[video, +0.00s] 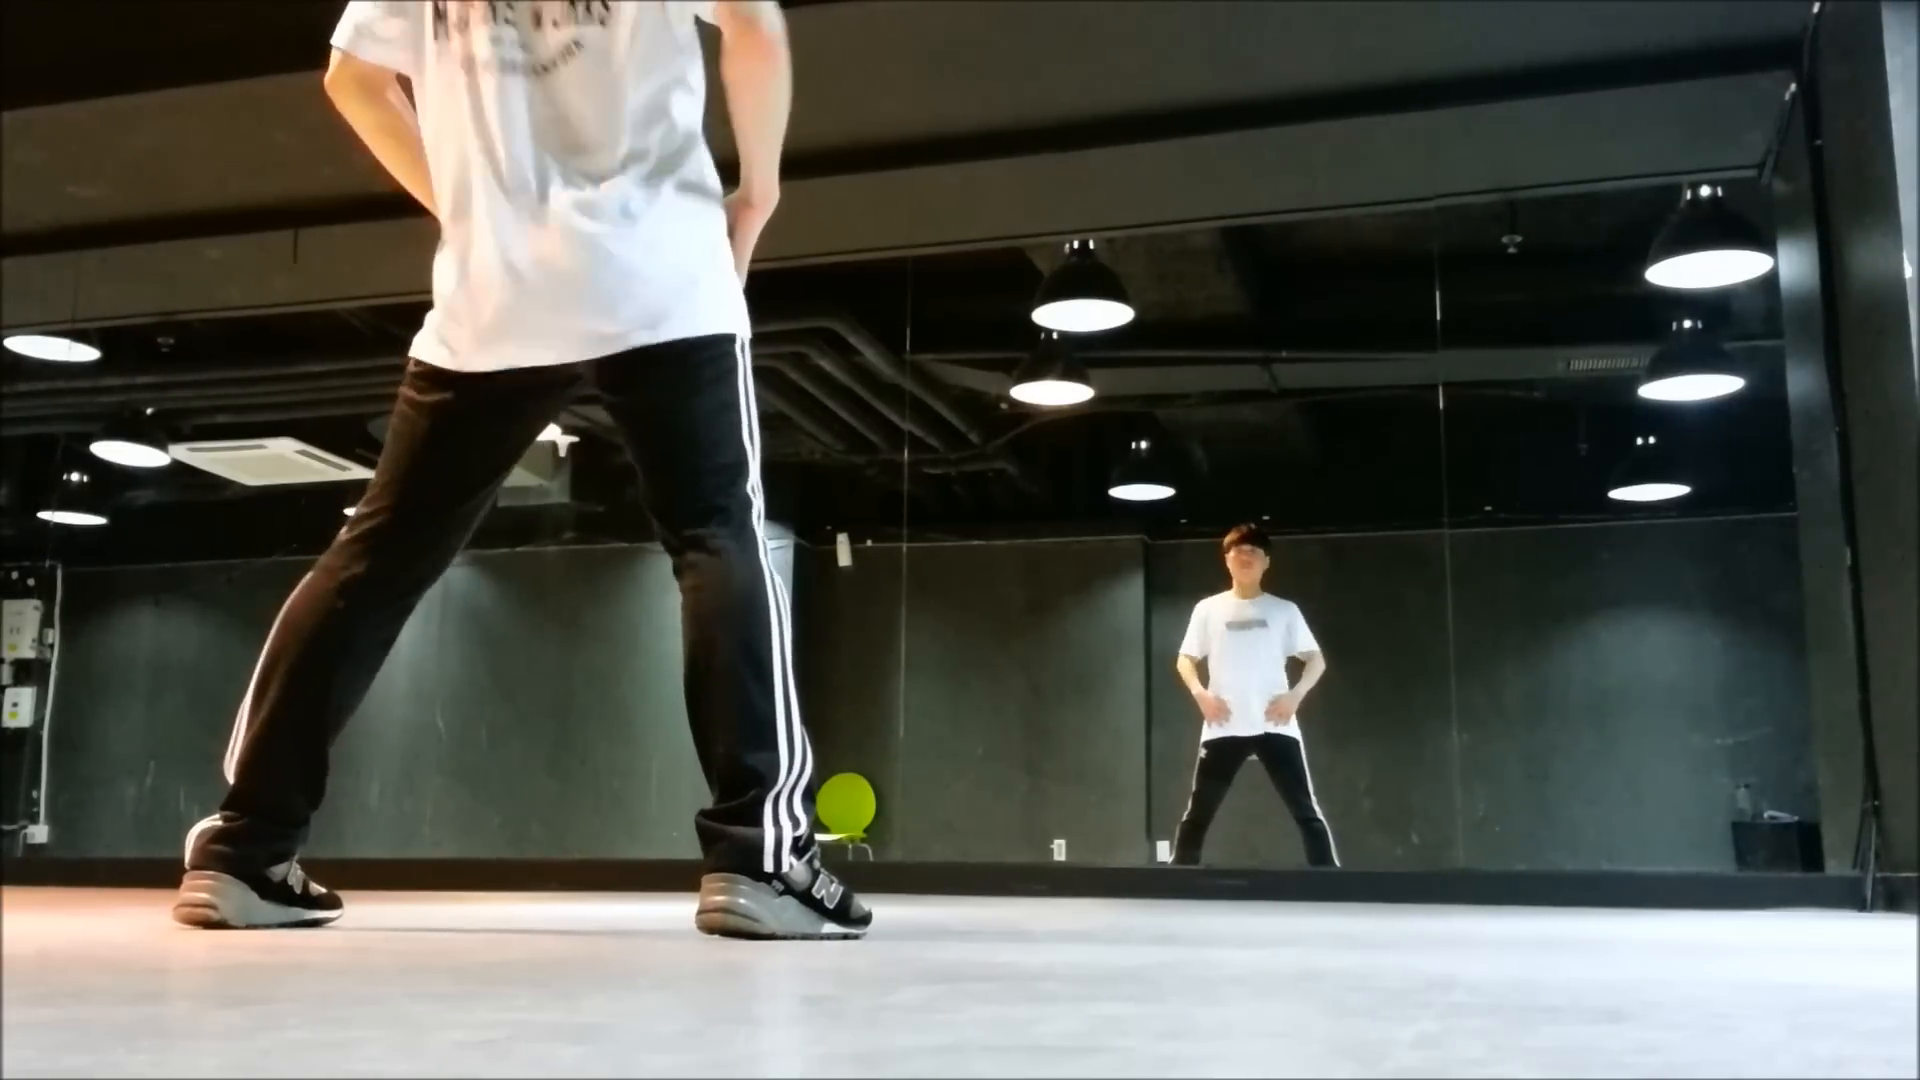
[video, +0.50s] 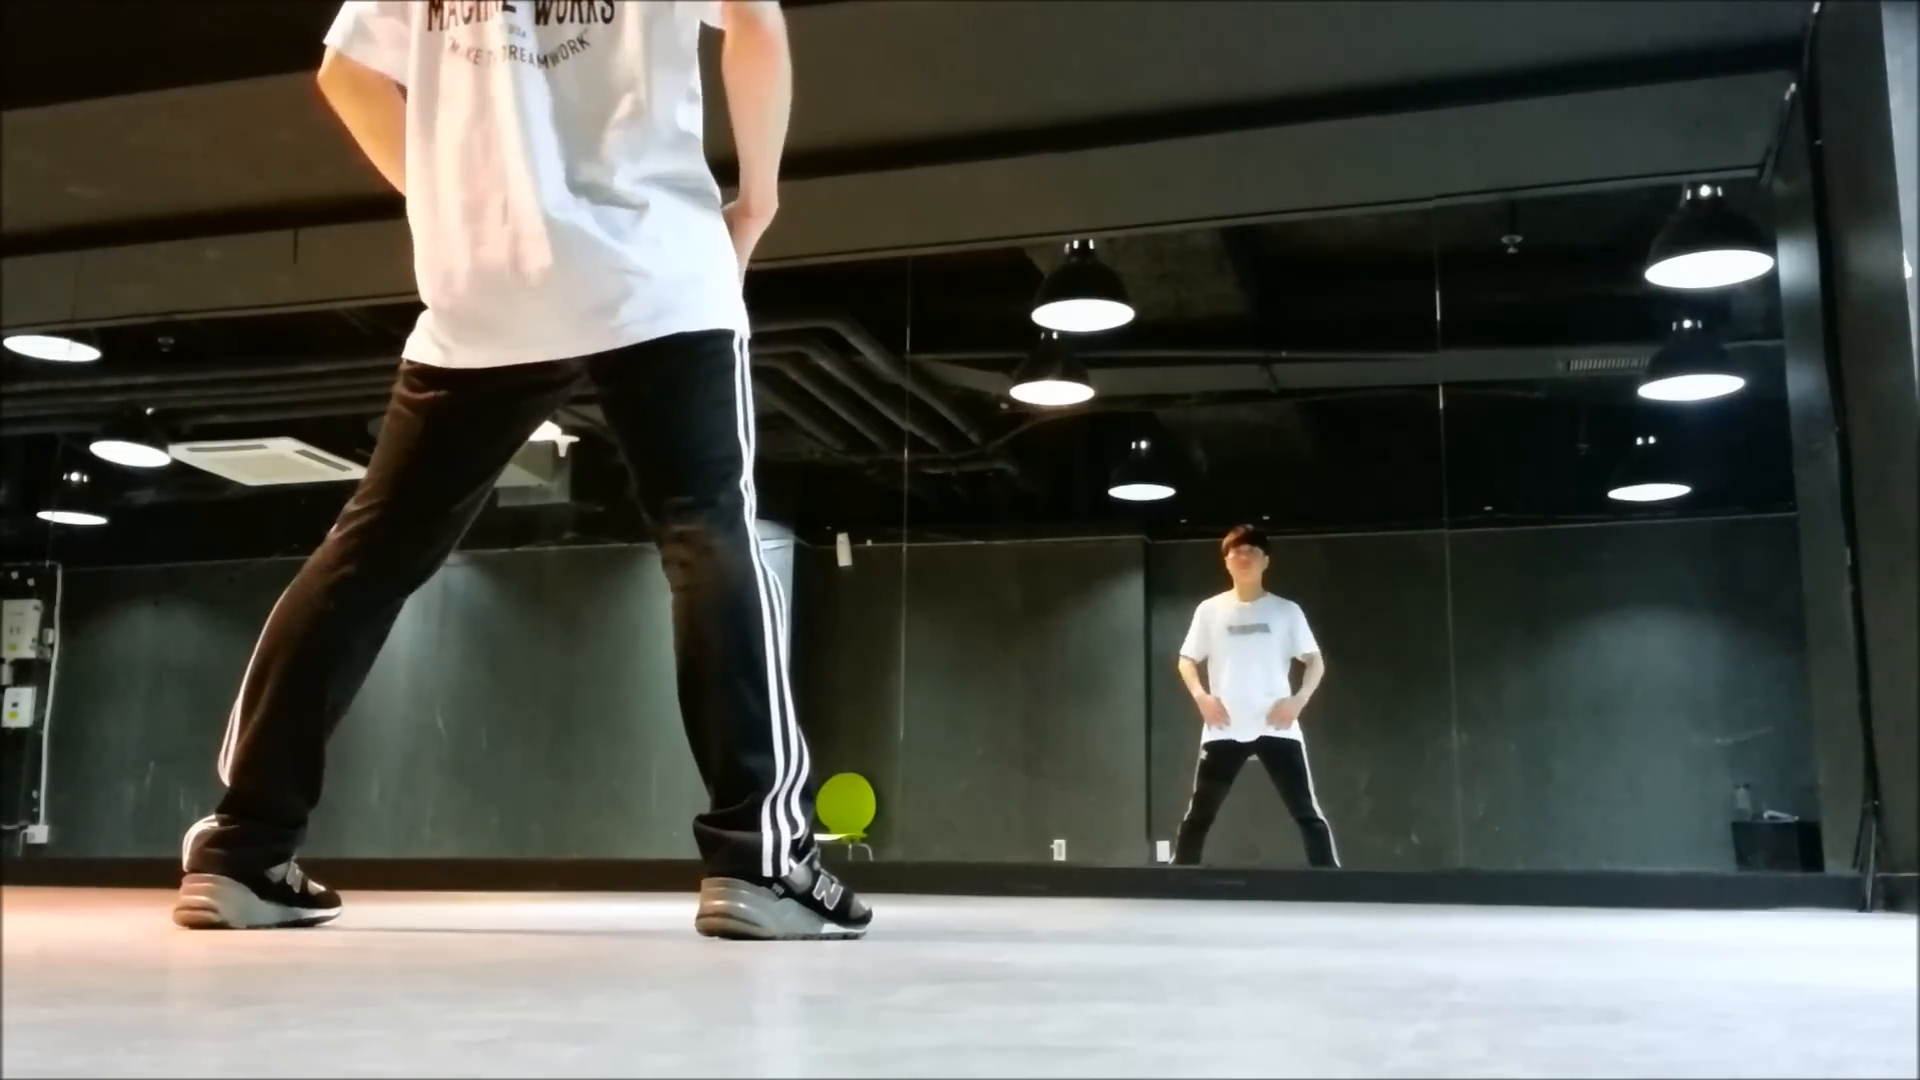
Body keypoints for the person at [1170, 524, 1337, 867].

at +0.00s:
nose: (1245, 558)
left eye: (1253, 552)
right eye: (1238, 552)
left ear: (1266, 562)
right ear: (1227, 560)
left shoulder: (1285, 611)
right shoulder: (1208, 609)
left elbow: (1316, 661)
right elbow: (1185, 661)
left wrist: (1294, 697)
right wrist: (1202, 696)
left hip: (1276, 730)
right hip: (1224, 730)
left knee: (1306, 812)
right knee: (1197, 815)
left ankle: (1332, 888)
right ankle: (1178, 889)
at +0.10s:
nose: (1243, 558)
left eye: (1251, 553)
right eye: (1236, 553)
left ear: (1265, 564)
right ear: (1226, 564)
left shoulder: (1285, 614)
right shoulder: (1207, 614)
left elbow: (1322, 660)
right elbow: (1177, 662)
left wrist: (1295, 696)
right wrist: (1199, 694)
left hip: (1276, 728)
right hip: (1223, 729)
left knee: (1306, 813)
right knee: (1196, 815)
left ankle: (1332, 889)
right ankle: (1178, 890)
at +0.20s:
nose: (1242, 559)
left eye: (1250, 553)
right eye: (1235, 553)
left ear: (1264, 563)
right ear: (1225, 563)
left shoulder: (1285, 613)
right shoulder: (1207, 614)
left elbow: (1321, 659)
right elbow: (1177, 662)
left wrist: (1295, 694)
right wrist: (1200, 694)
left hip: (1276, 727)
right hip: (1223, 729)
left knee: (1305, 812)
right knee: (1197, 814)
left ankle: (1331, 888)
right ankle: (1178, 889)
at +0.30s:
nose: (1242, 557)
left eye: (1250, 551)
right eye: (1235, 551)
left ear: (1265, 563)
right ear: (1225, 562)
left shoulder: (1285, 612)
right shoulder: (1207, 612)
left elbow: (1321, 659)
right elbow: (1178, 662)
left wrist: (1295, 695)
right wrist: (1201, 695)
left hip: (1277, 728)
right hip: (1224, 729)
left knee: (1307, 814)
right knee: (1197, 816)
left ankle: (1332, 890)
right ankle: (1178, 891)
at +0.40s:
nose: (1242, 557)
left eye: (1251, 551)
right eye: (1235, 551)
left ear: (1265, 562)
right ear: (1225, 561)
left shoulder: (1286, 611)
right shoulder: (1207, 611)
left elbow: (1319, 660)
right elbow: (1180, 661)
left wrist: (1296, 698)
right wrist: (1202, 696)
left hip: (1278, 729)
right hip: (1224, 730)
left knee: (1307, 813)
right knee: (1198, 816)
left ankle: (1332, 889)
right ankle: (1179, 891)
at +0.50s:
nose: (1243, 556)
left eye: (1251, 550)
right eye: (1236, 551)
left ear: (1265, 560)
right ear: (1226, 561)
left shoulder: (1287, 611)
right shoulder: (1209, 610)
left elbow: (1315, 663)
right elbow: (1186, 660)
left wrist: (1297, 701)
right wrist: (1202, 697)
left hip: (1278, 731)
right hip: (1224, 731)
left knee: (1307, 813)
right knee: (1198, 816)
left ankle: (1332, 888)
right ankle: (1178, 890)